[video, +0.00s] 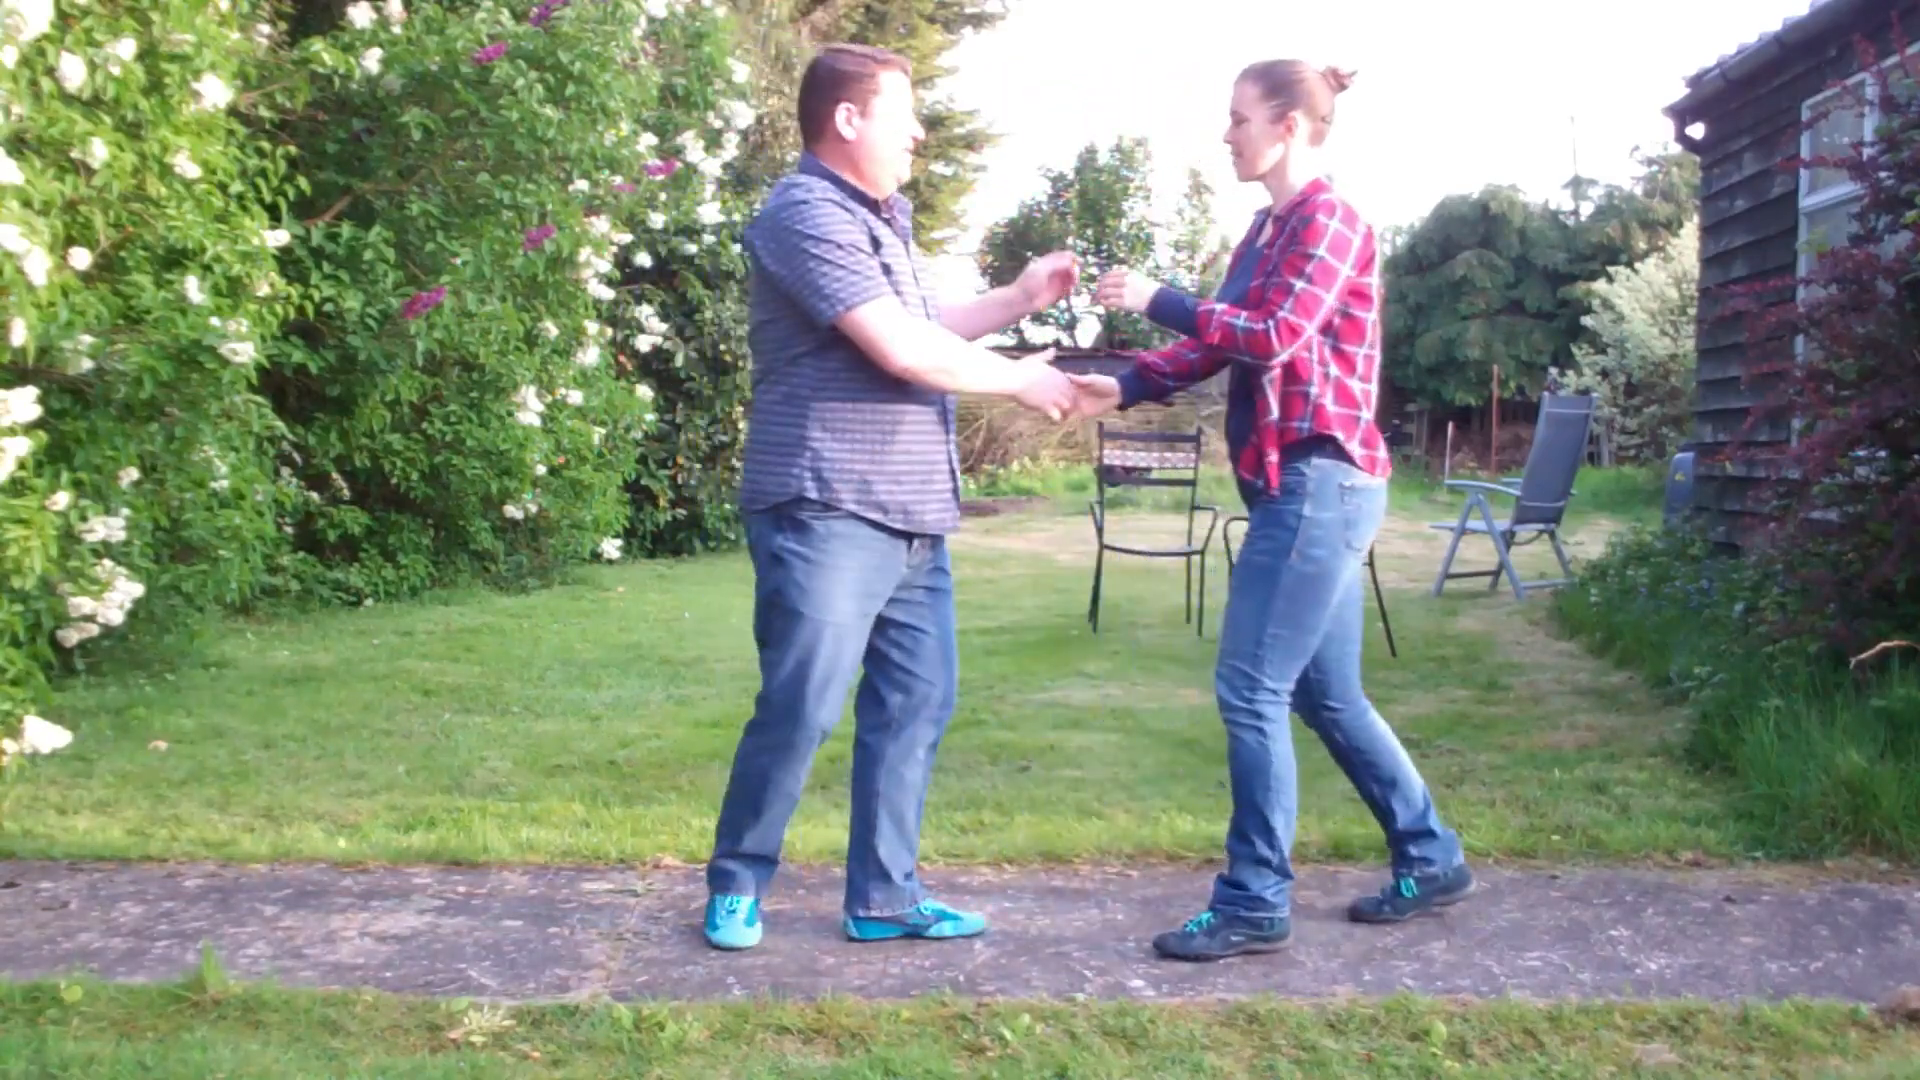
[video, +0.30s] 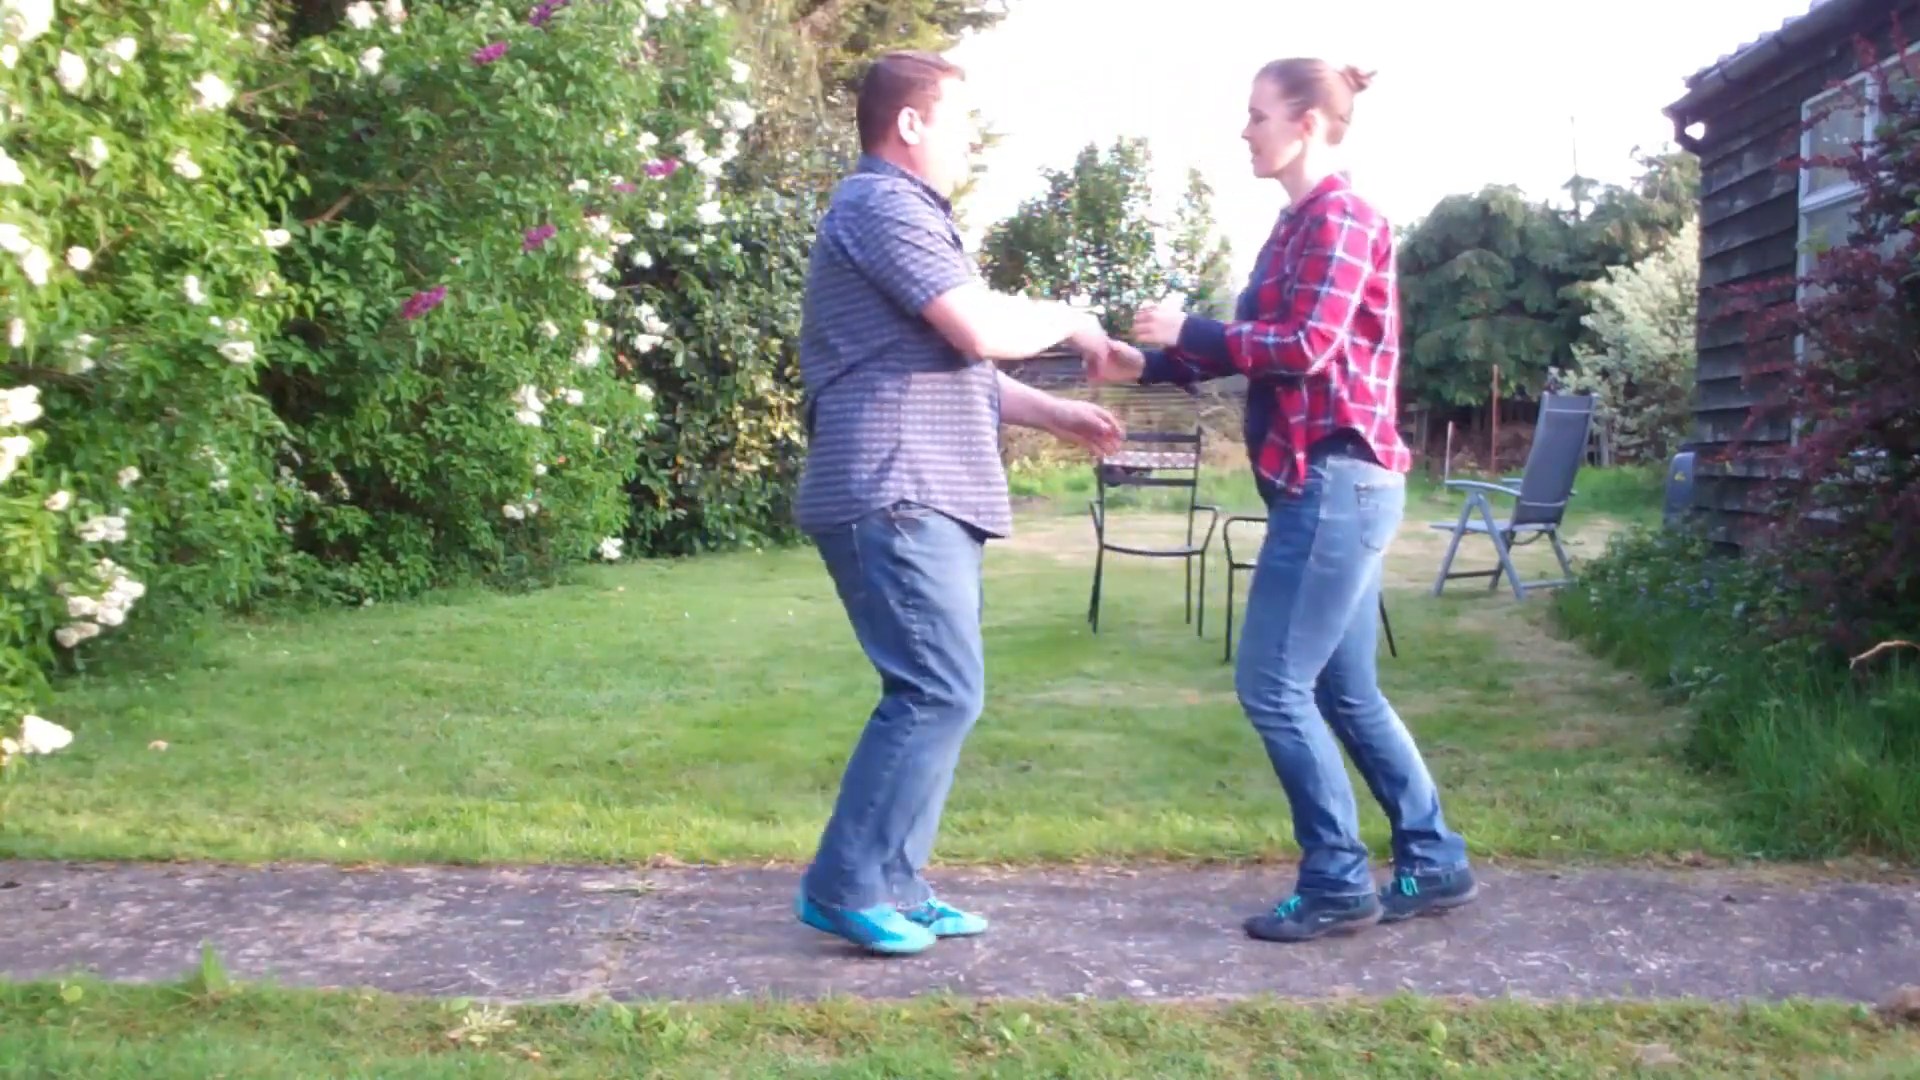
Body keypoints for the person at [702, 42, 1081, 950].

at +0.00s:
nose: (916, 137)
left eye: (913, 119)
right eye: (904, 119)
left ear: (855, 122)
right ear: (848, 121)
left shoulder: (883, 221)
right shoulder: (805, 211)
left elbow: (927, 324)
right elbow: (896, 346)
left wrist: (1022, 295)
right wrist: (1020, 377)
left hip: (911, 513)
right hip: (826, 504)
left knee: (915, 705)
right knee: (803, 705)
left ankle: (885, 899)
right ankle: (739, 883)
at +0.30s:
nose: (968, 141)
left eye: (966, 123)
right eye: (958, 123)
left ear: (900, 127)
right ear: (911, 125)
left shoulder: (905, 214)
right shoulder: (882, 203)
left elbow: (955, 371)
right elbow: (972, 327)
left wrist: (1054, 412)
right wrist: (1072, 320)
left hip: (924, 494)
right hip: (889, 491)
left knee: (940, 690)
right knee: (938, 688)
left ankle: (894, 883)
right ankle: (847, 886)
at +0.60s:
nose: (990, 146)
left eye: (990, 128)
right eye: (981, 127)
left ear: (923, 124)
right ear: (934, 121)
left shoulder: (922, 205)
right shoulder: (903, 185)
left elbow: (966, 351)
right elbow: (1018, 238)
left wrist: (1069, 342)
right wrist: (1053, 166)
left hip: (941, 484)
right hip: (911, 482)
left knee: (991, 666)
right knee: (948, 687)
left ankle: (902, 854)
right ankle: (912, 903)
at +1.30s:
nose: (951, 128)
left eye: (948, 114)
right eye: (937, 112)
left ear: (886, 120)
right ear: (887, 118)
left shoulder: (897, 206)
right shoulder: (856, 187)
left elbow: (985, 251)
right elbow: (996, 184)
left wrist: (1034, 196)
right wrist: (1056, 108)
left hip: (898, 477)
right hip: (870, 475)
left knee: (883, 682)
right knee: (925, 680)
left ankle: (855, 870)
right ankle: (845, 886)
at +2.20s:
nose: (919, 130)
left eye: (921, 115)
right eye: (907, 114)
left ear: (874, 122)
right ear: (852, 117)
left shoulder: (892, 186)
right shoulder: (793, 192)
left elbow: (982, 129)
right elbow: (843, 250)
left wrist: (1046, 33)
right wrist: (965, 192)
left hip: (863, 481)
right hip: (800, 478)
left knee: (819, 675)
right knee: (852, 668)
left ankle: (797, 863)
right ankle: (762, 870)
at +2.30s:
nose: (923, 134)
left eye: (924, 119)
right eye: (911, 118)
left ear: (873, 124)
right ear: (855, 121)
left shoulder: (891, 189)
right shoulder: (800, 206)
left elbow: (985, 144)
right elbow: (830, 321)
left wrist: (1031, 64)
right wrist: (953, 326)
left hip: (858, 474)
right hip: (801, 471)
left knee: (806, 668)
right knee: (877, 659)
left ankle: (787, 857)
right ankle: (790, 864)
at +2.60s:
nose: (946, 142)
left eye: (944, 124)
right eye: (934, 123)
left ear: (885, 125)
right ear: (881, 123)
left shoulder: (899, 201)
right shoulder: (848, 207)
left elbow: (1004, 238)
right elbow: (921, 352)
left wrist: (1047, 205)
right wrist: (974, 345)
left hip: (854, 475)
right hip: (824, 474)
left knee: (809, 682)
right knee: (880, 676)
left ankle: (787, 877)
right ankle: (923, 881)